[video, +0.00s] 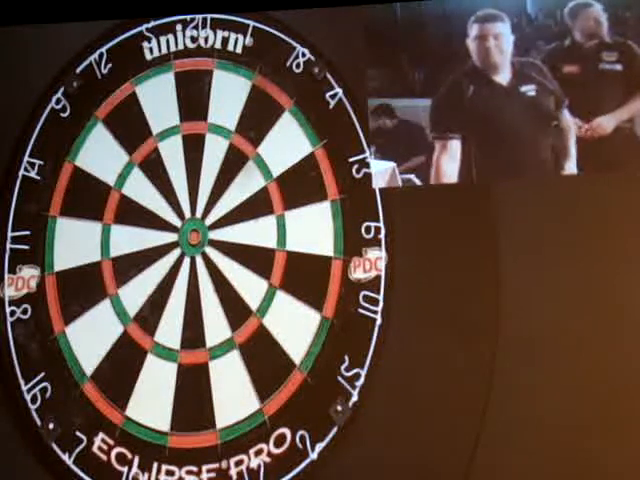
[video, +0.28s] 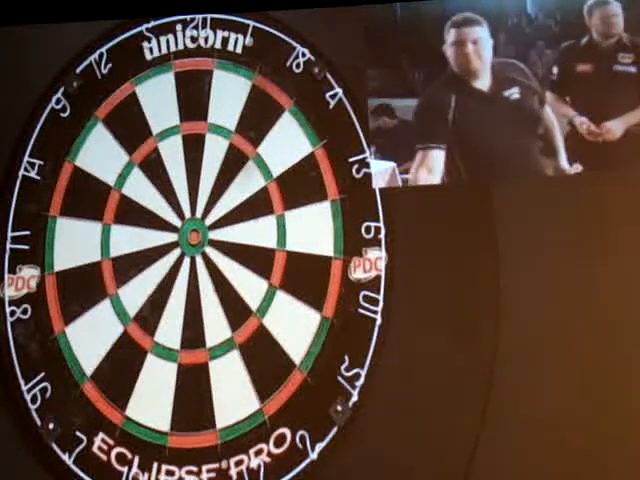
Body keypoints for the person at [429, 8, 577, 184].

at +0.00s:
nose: (489, 45)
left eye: (497, 37)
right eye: (481, 38)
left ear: (512, 41)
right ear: (468, 45)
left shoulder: (535, 72)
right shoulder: (457, 90)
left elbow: (564, 120)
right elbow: (447, 152)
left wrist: (569, 166)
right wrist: (442, 208)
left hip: (546, 192)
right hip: (490, 198)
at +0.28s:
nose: (468, 51)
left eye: (476, 42)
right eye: (459, 44)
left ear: (491, 45)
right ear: (446, 51)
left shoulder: (514, 73)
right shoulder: (439, 98)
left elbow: (545, 115)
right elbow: (427, 169)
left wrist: (563, 163)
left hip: (543, 193)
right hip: (484, 203)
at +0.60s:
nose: (458, 55)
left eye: (465, 46)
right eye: (448, 49)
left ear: (479, 49)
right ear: (435, 56)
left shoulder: (505, 74)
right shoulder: (432, 102)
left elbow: (542, 114)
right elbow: (409, 164)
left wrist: (560, 161)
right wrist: (396, 222)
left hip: (535, 197)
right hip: (475, 209)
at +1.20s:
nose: (454, 59)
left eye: (461, 50)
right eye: (443, 53)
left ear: (476, 53)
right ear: (430, 62)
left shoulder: (502, 77)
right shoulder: (432, 104)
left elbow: (539, 116)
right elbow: (394, 150)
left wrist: (559, 165)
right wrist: (382, 89)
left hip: (543, 193)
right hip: (485, 208)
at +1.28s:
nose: (455, 59)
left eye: (462, 49)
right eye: (444, 53)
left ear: (476, 53)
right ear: (431, 62)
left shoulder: (502, 76)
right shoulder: (431, 104)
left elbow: (539, 116)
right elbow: (396, 150)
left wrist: (559, 165)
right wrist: (387, 86)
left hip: (545, 194)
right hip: (487, 208)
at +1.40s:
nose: (454, 59)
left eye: (461, 49)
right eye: (443, 53)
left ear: (475, 52)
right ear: (430, 61)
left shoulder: (500, 76)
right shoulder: (431, 101)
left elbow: (538, 116)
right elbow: (401, 152)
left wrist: (560, 166)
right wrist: (403, 82)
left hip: (543, 192)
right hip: (485, 206)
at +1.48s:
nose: (454, 60)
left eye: (461, 50)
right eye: (444, 54)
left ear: (475, 53)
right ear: (430, 62)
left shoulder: (501, 77)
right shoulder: (431, 101)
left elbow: (538, 116)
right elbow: (404, 154)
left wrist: (560, 168)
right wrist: (411, 82)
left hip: (542, 194)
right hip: (485, 207)